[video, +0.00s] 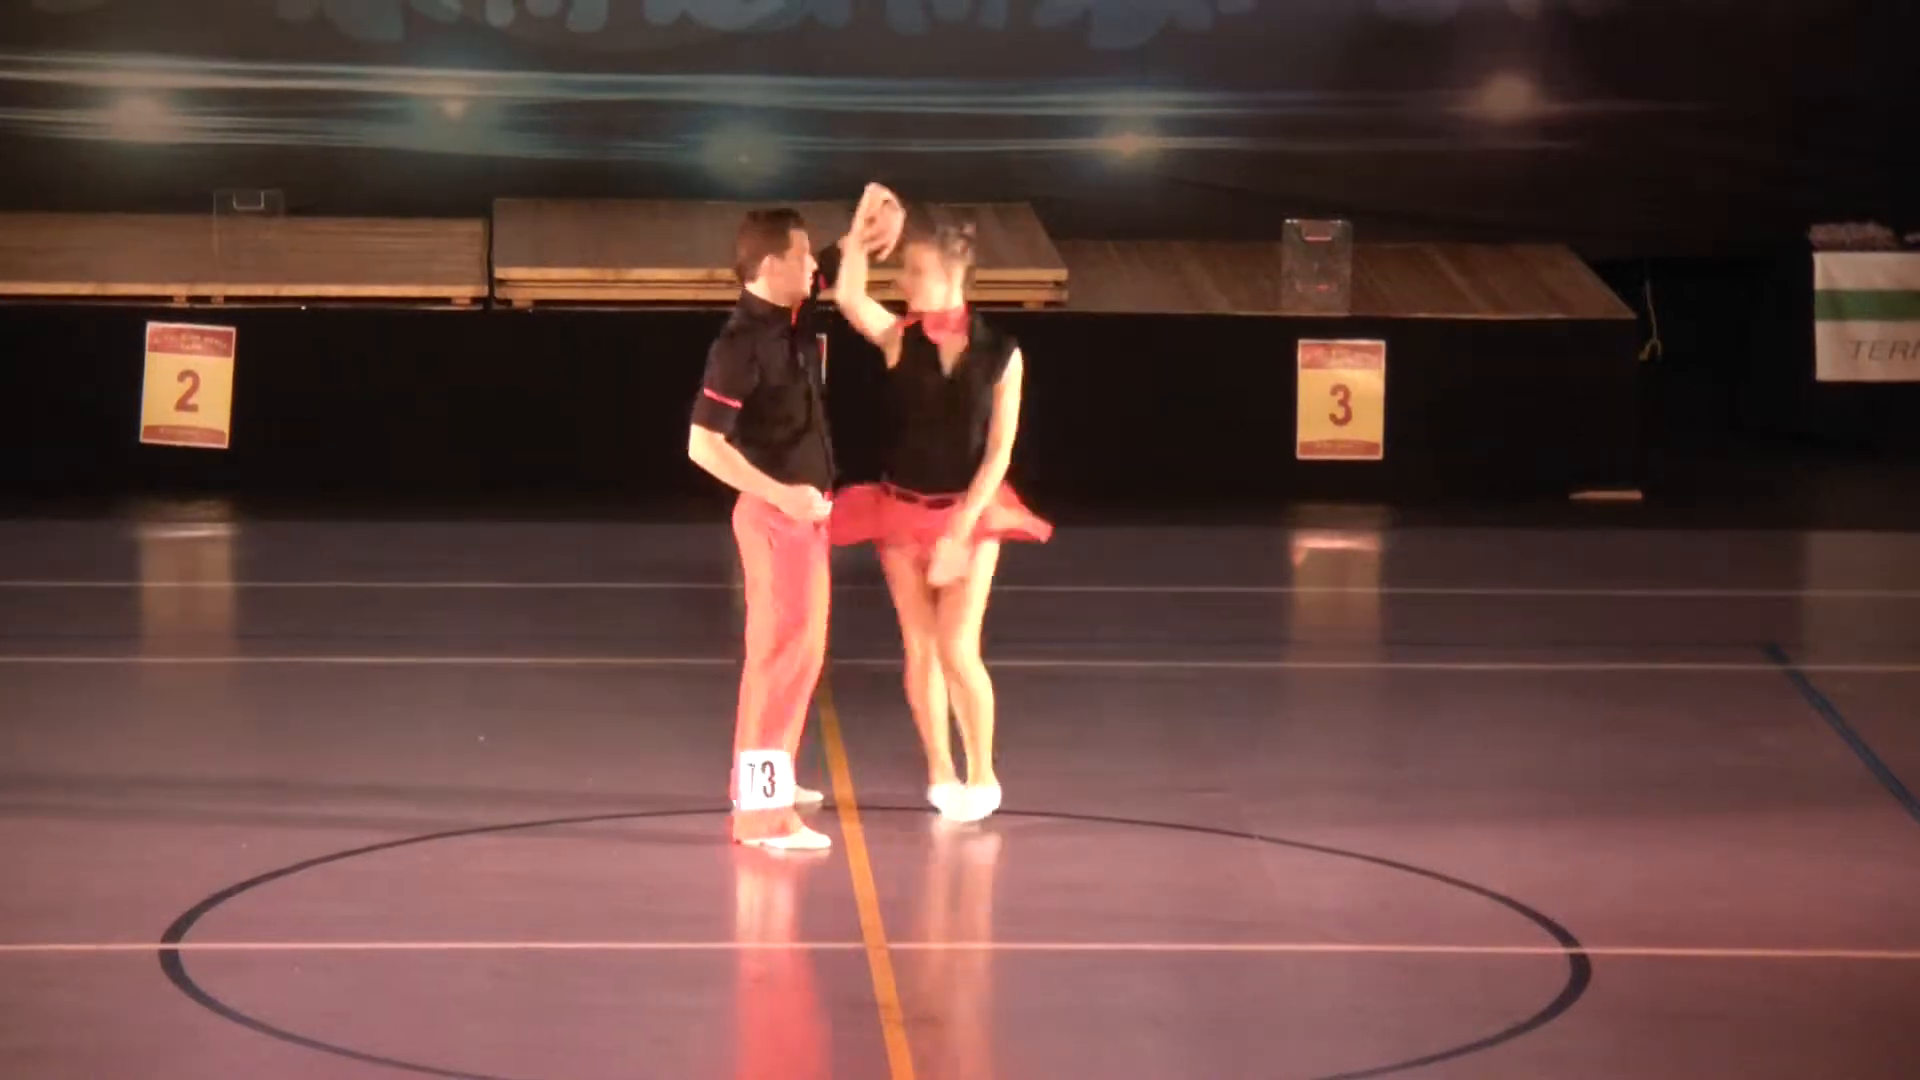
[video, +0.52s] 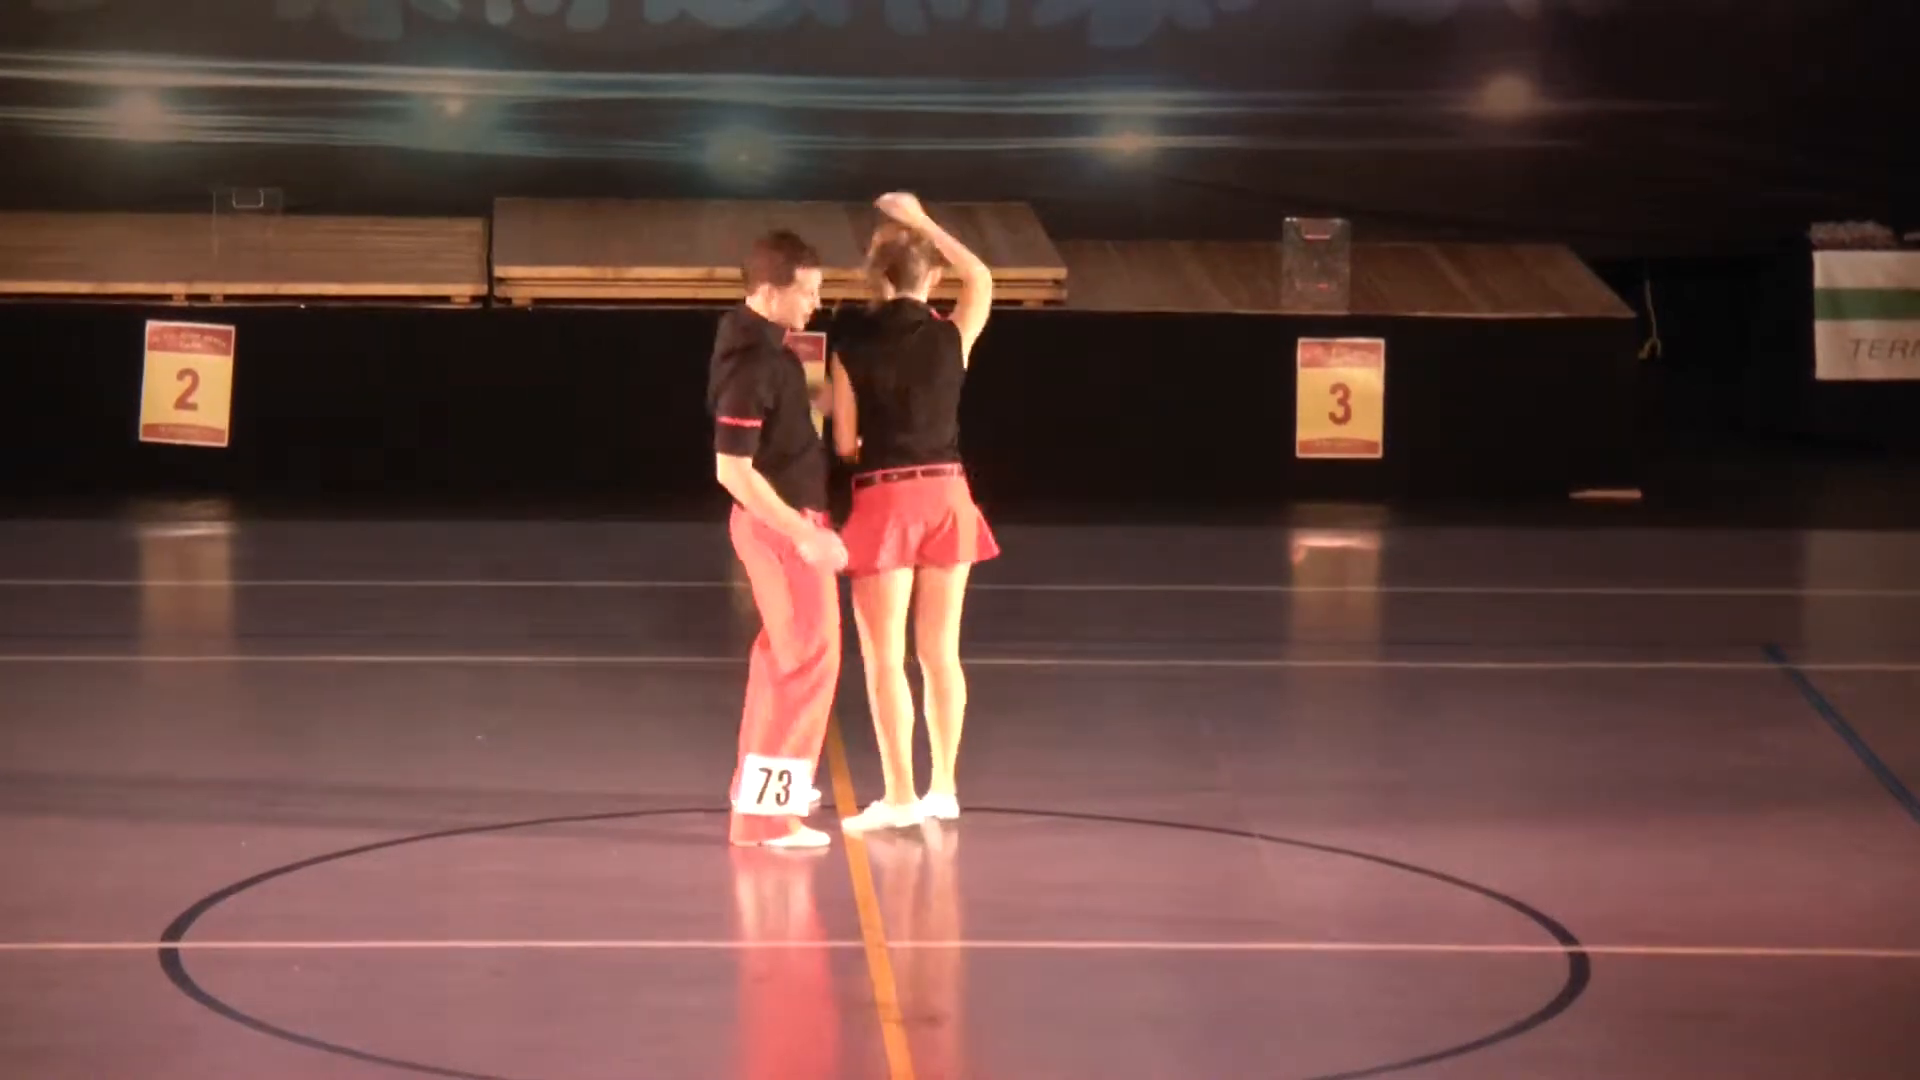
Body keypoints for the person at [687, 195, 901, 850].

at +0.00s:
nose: (813, 266)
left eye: (810, 255)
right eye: (801, 256)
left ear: (795, 262)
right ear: (765, 267)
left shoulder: (802, 315)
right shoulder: (740, 340)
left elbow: (847, 277)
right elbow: (703, 443)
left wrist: (869, 219)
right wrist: (780, 495)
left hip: (809, 509)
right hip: (769, 513)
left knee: (806, 650)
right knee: (774, 650)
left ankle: (772, 782)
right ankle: (754, 808)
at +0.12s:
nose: (805, 287)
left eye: (802, 276)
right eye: (797, 275)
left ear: (761, 286)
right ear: (766, 286)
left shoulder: (773, 337)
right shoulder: (745, 363)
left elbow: (814, 295)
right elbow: (717, 473)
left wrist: (837, 237)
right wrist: (797, 523)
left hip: (791, 526)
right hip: (781, 530)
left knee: (801, 660)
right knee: (827, 663)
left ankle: (753, 796)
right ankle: (774, 812)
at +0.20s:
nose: (804, 274)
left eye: (801, 264)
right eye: (794, 267)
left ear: (761, 280)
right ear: (763, 282)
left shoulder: (768, 325)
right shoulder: (752, 354)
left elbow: (791, 256)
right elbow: (725, 462)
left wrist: (824, 212)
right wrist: (803, 510)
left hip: (784, 516)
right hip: (784, 521)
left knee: (792, 652)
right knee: (823, 657)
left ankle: (753, 793)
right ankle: (773, 810)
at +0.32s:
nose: (805, 264)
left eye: (801, 253)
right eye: (796, 254)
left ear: (760, 262)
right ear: (766, 266)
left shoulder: (755, 303)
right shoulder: (758, 337)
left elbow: (782, 233)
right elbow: (737, 443)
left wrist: (819, 173)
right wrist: (813, 487)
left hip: (773, 500)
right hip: (783, 505)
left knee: (769, 646)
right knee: (802, 652)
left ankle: (755, 800)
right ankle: (765, 808)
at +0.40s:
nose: (807, 275)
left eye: (807, 264)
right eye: (799, 265)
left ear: (760, 272)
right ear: (766, 274)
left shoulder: (749, 311)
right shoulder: (760, 341)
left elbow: (799, 257)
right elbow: (740, 446)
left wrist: (842, 226)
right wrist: (816, 493)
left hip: (772, 507)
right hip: (780, 513)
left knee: (768, 653)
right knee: (796, 656)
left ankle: (756, 804)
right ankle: (762, 812)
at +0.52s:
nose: (815, 303)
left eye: (815, 290)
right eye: (808, 291)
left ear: (770, 289)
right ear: (773, 290)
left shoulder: (757, 334)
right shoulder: (754, 354)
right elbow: (734, 467)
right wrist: (802, 534)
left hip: (781, 515)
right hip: (778, 520)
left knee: (782, 652)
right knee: (812, 656)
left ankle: (757, 804)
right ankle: (769, 812)